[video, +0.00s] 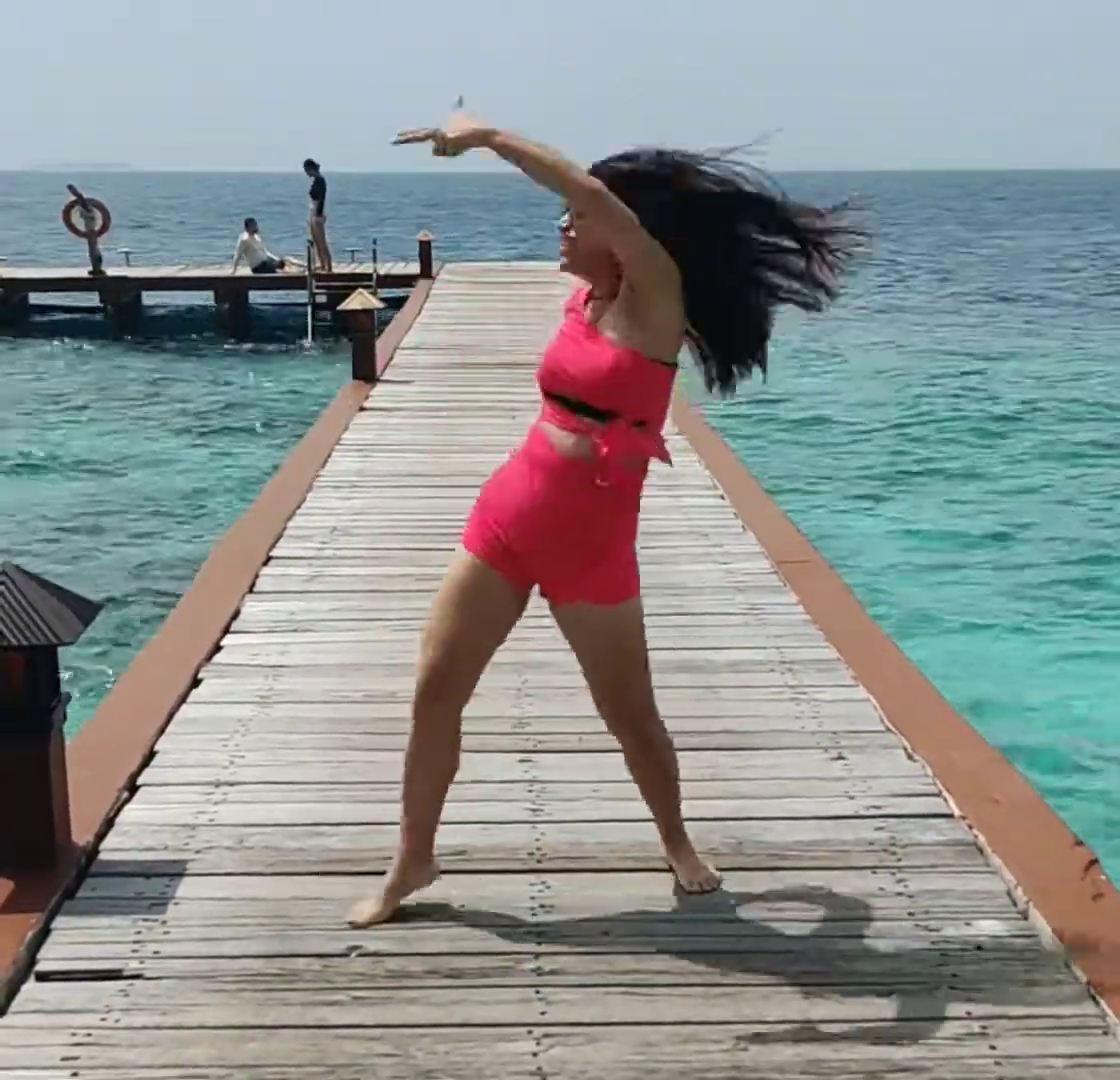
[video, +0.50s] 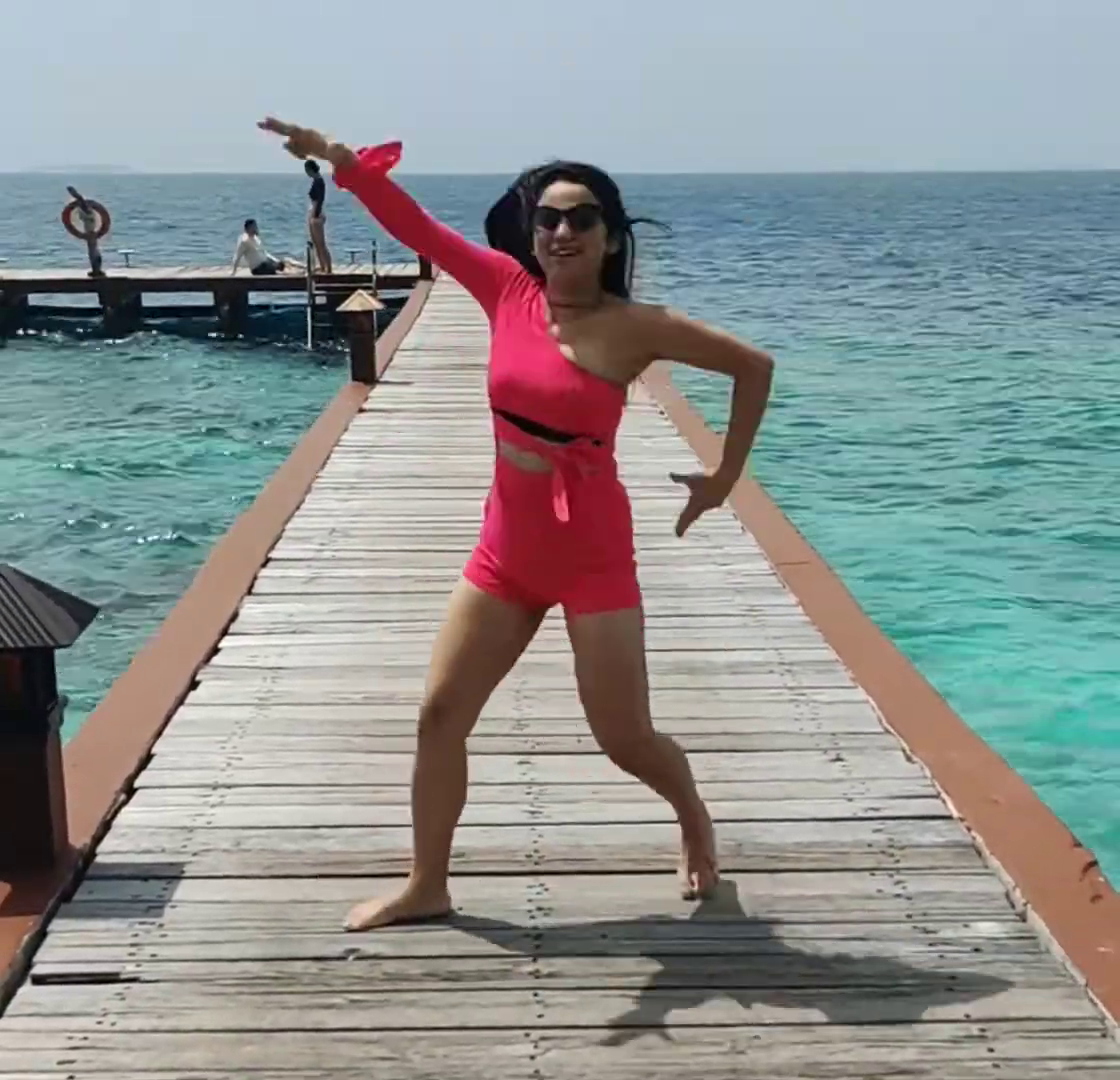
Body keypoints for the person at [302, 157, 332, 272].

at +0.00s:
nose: (307, 173)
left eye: (307, 170)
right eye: (306, 170)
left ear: (312, 169)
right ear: (312, 169)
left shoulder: (319, 181)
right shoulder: (316, 181)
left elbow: (320, 199)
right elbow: (316, 199)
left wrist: (317, 214)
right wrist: (311, 215)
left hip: (318, 214)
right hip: (313, 213)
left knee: (321, 241)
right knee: (316, 241)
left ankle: (328, 267)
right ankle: (322, 265)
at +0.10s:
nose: (306, 173)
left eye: (307, 170)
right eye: (306, 170)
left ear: (311, 169)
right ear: (313, 169)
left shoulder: (319, 181)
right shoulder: (316, 180)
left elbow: (320, 199)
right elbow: (316, 199)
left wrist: (318, 214)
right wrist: (312, 215)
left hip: (318, 214)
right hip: (313, 213)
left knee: (321, 242)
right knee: (316, 241)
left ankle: (328, 267)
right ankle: (322, 265)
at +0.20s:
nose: (306, 172)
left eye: (307, 170)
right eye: (306, 170)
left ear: (311, 169)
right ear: (313, 168)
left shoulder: (319, 181)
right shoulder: (315, 180)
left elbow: (320, 198)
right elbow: (316, 198)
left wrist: (317, 214)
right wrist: (312, 213)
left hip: (318, 213)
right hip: (313, 212)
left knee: (321, 241)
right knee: (316, 241)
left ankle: (328, 267)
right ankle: (322, 265)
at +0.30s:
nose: (306, 172)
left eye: (307, 170)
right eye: (306, 170)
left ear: (311, 169)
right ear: (313, 168)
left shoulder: (319, 181)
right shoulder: (315, 180)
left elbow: (320, 199)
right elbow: (316, 199)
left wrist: (317, 214)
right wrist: (312, 213)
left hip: (318, 214)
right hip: (312, 213)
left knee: (320, 241)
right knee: (316, 241)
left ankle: (328, 267)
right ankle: (322, 265)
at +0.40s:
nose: (307, 173)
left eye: (307, 170)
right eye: (306, 170)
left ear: (311, 169)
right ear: (314, 168)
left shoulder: (318, 182)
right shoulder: (316, 181)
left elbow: (319, 200)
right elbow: (316, 199)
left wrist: (316, 215)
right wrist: (313, 214)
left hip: (317, 215)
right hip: (312, 213)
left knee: (320, 243)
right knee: (316, 242)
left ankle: (327, 268)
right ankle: (322, 266)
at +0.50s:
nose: (307, 173)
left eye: (308, 170)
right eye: (307, 170)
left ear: (311, 170)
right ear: (314, 168)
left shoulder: (318, 181)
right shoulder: (316, 181)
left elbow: (319, 199)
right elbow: (316, 198)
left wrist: (316, 214)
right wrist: (313, 212)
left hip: (317, 214)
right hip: (312, 213)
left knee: (320, 243)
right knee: (316, 243)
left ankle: (327, 268)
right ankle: (322, 266)